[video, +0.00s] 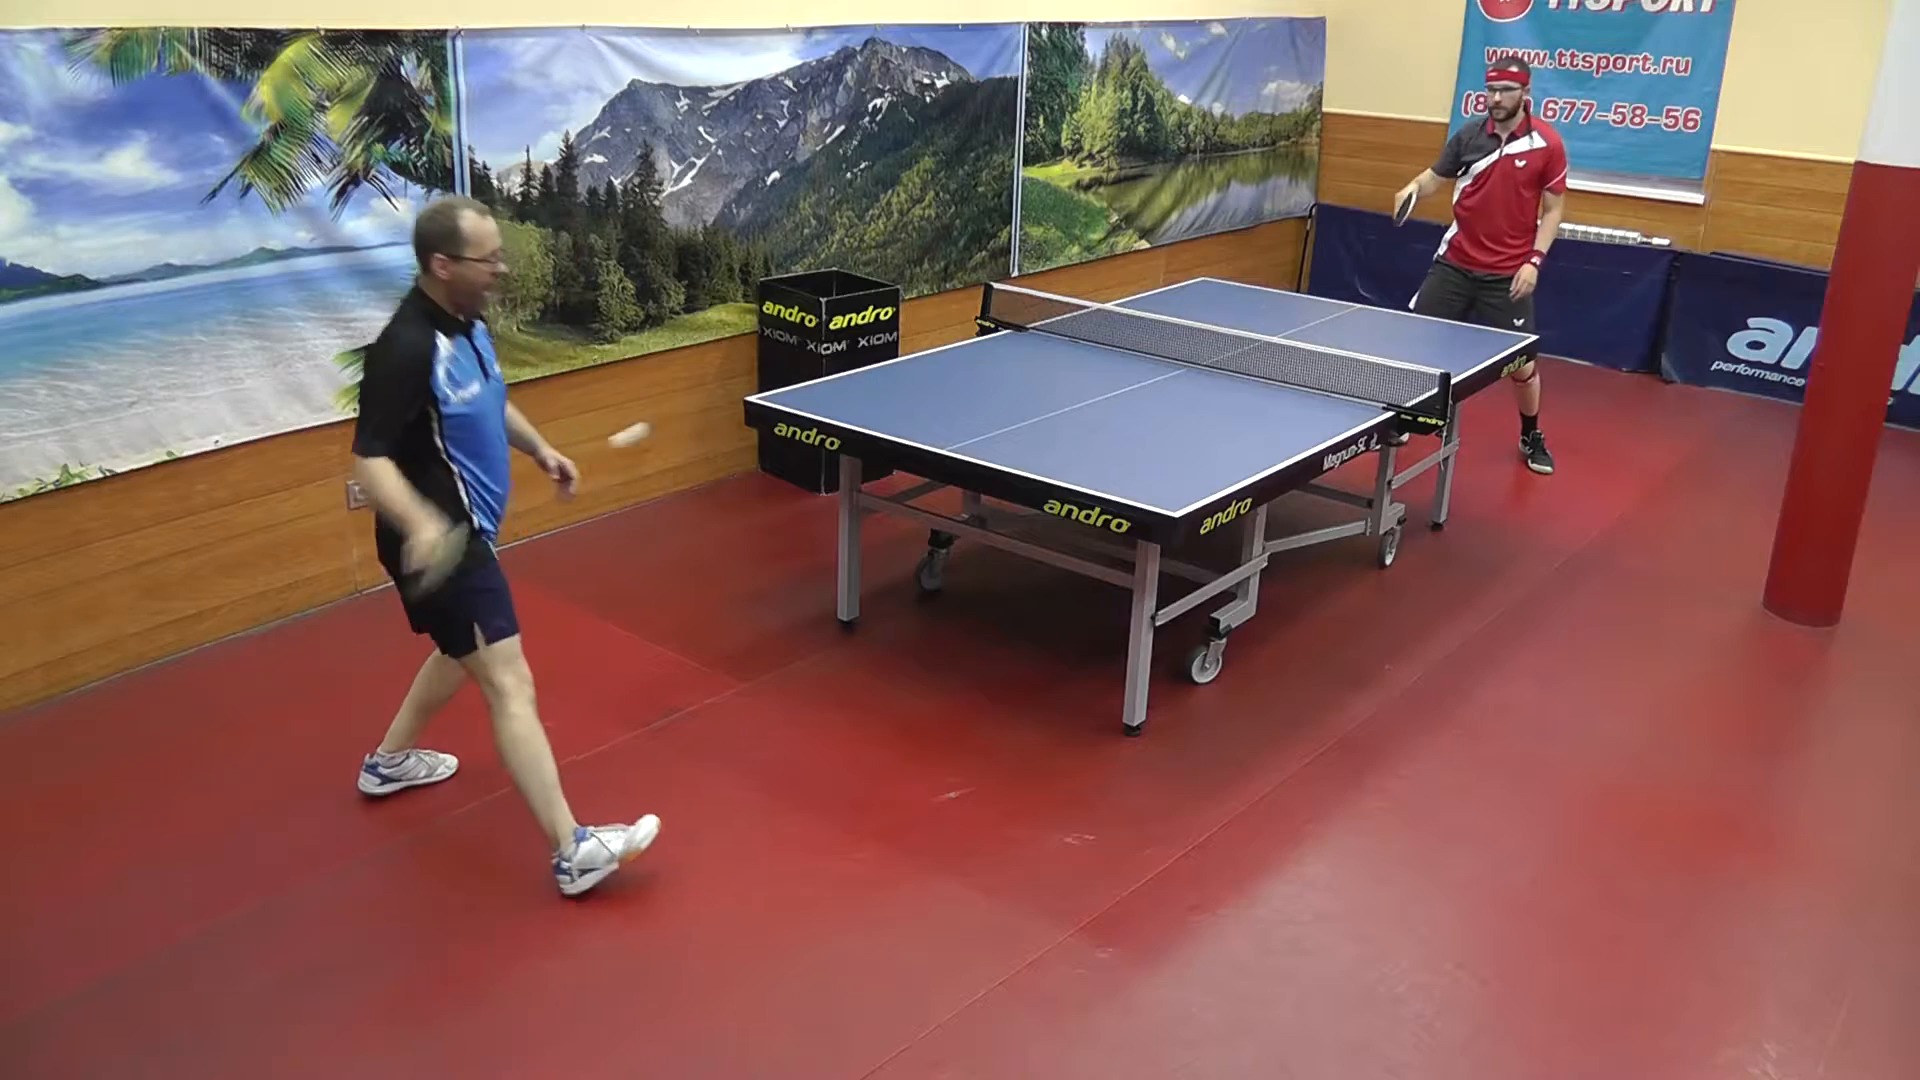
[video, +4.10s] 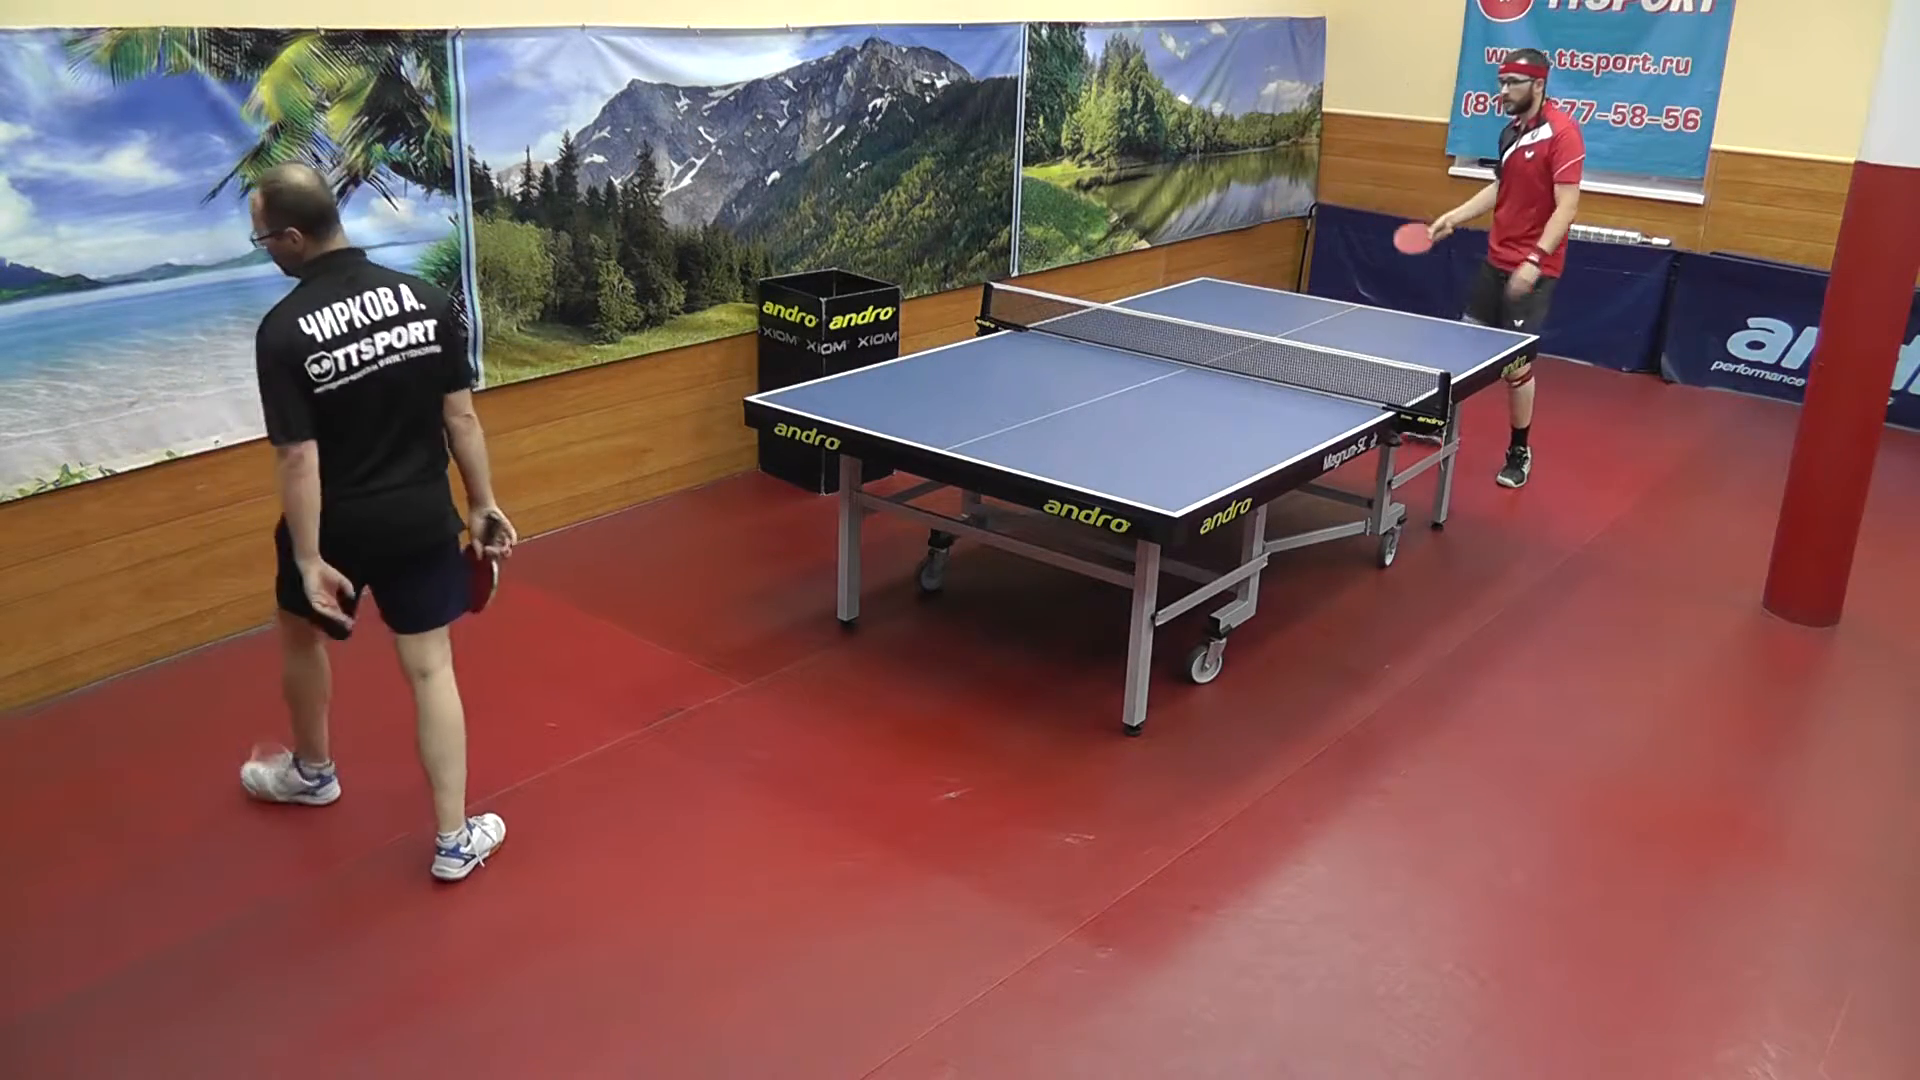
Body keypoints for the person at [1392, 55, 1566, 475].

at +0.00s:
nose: (1495, 99)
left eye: (1505, 91)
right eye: (1490, 90)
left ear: (1524, 94)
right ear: (1485, 92)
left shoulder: (1547, 144)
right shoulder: (1469, 134)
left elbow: (1553, 210)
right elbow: (1437, 175)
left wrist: (1534, 262)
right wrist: (1415, 187)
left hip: (1508, 276)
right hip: (1454, 265)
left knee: (1523, 366)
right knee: (1414, 338)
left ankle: (1531, 437)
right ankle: (1401, 414)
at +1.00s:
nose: (1484, 114)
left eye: (1493, 106)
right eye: (1479, 106)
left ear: (1514, 107)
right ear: (1472, 107)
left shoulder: (1541, 153)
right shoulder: (1460, 156)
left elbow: (1558, 207)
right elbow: (1443, 211)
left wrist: (1568, 262)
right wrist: (1436, 247)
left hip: (1516, 281)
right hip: (1459, 274)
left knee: (1537, 368)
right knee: (1415, 342)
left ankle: (1550, 437)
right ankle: (1414, 410)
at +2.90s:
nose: (1490, 120)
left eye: (1499, 111)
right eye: (1484, 111)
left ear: (1519, 110)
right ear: (1478, 110)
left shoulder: (1545, 152)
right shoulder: (1466, 155)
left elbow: (1565, 207)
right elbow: (1429, 209)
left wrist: (1570, 262)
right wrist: (1462, 235)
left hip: (1523, 277)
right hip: (1464, 269)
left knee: (1539, 362)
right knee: (1422, 338)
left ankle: (1552, 437)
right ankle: (1412, 414)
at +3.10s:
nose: (1433, 126)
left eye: (1441, 117)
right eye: (1426, 118)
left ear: (1459, 115)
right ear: (1420, 119)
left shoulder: (1491, 152)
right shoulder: (1417, 160)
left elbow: (1525, 198)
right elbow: (1382, 180)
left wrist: (1562, 242)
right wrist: (1337, 159)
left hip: (1502, 279)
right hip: (1443, 279)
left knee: (1534, 360)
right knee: (1403, 347)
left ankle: (1552, 436)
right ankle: (1386, 429)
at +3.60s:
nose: (1428, 93)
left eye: (1437, 86)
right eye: (1424, 86)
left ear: (1462, 86)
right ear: (1423, 87)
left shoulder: (1495, 133)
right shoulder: (1423, 137)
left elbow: (1519, 190)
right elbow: (1392, 192)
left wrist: (1501, 221)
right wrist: (1346, 200)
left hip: (1481, 271)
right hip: (1428, 266)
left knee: (1499, 360)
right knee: (1396, 345)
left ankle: (1517, 448)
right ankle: (1386, 427)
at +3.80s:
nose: (1469, 97)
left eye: (1478, 90)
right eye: (1467, 89)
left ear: (1504, 92)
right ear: (1468, 90)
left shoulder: (1532, 137)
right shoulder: (1468, 135)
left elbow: (1533, 201)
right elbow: (1445, 190)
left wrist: (1486, 219)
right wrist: (1398, 197)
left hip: (1503, 276)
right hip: (1455, 269)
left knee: (1504, 366)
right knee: (1411, 341)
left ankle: (1517, 450)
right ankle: (1394, 427)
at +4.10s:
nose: (1504, 91)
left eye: (1513, 84)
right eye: (1502, 83)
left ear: (1538, 85)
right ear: (1505, 85)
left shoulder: (1563, 133)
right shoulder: (1512, 129)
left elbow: (1567, 207)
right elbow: (1501, 188)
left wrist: (1534, 260)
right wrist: (1455, 216)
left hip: (1534, 267)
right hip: (1496, 260)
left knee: (1515, 363)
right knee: (1465, 342)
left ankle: (1518, 452)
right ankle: (1440, 417)